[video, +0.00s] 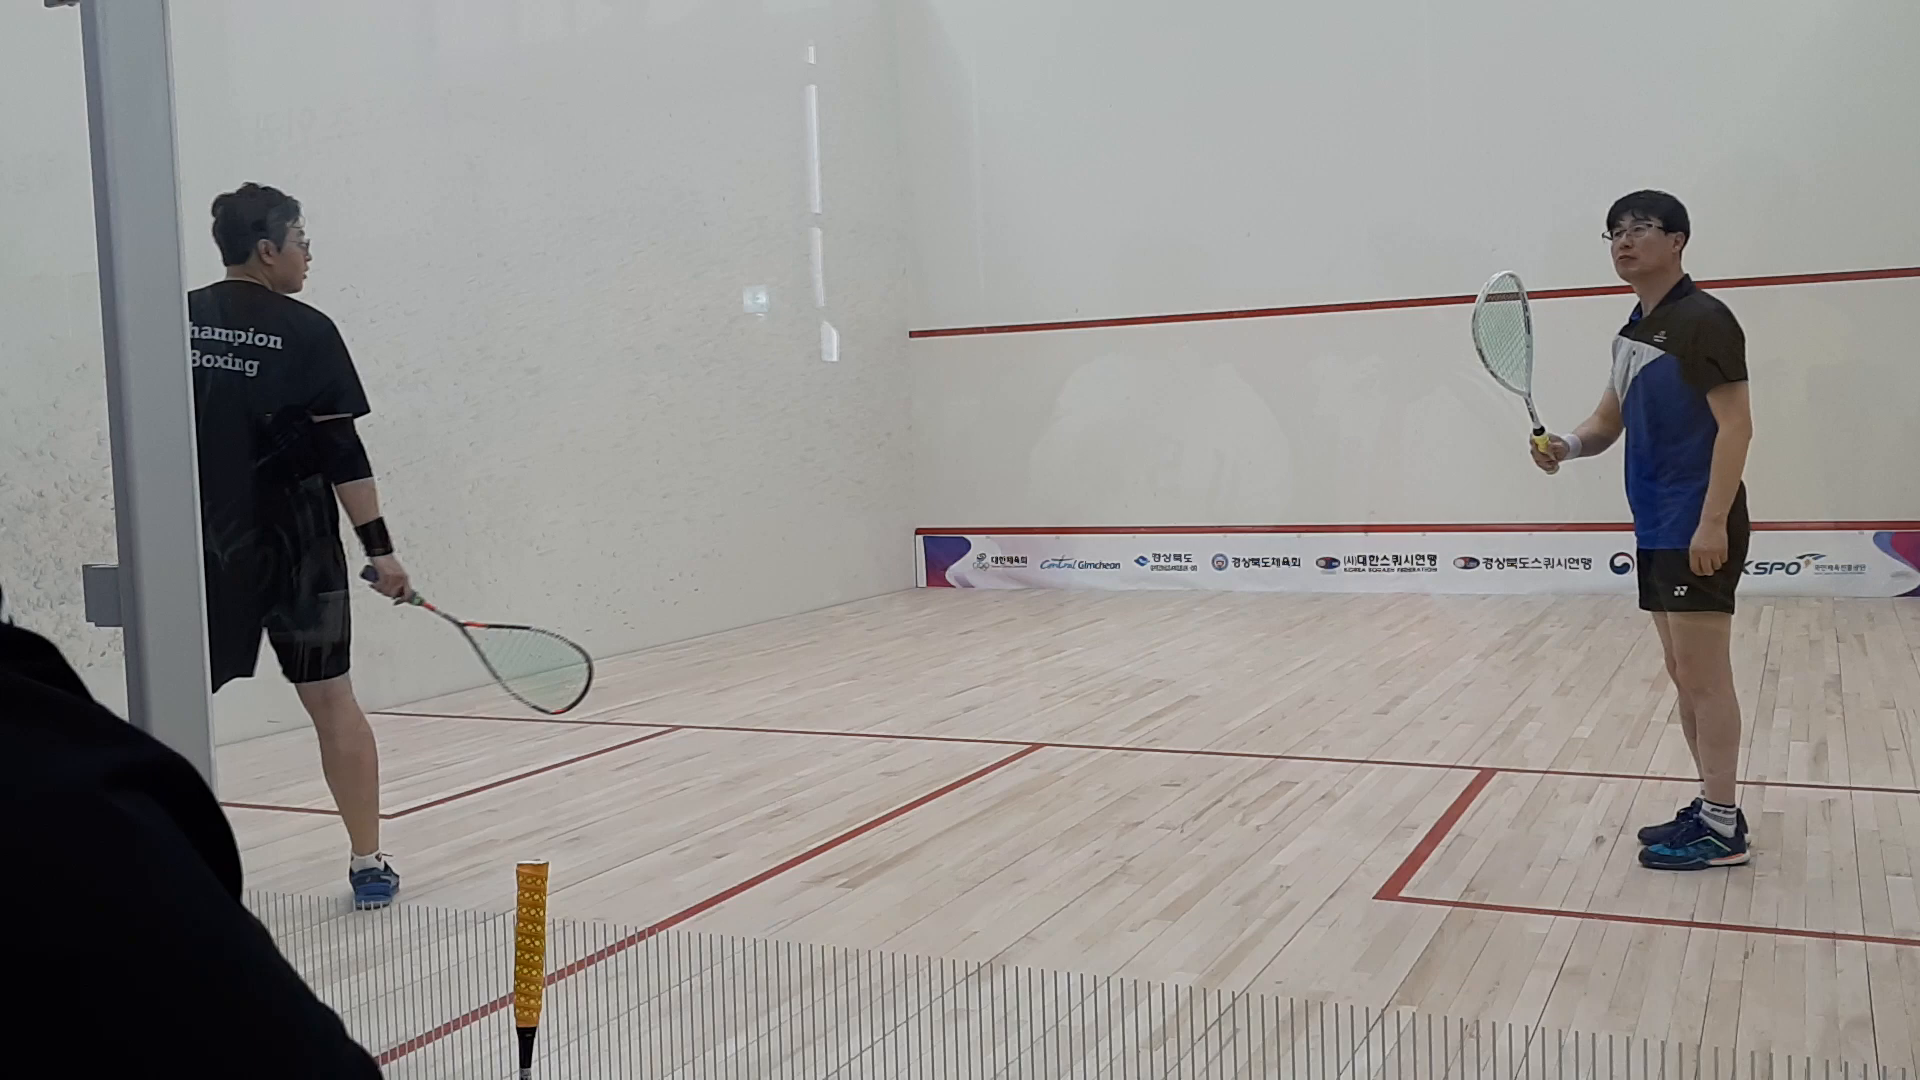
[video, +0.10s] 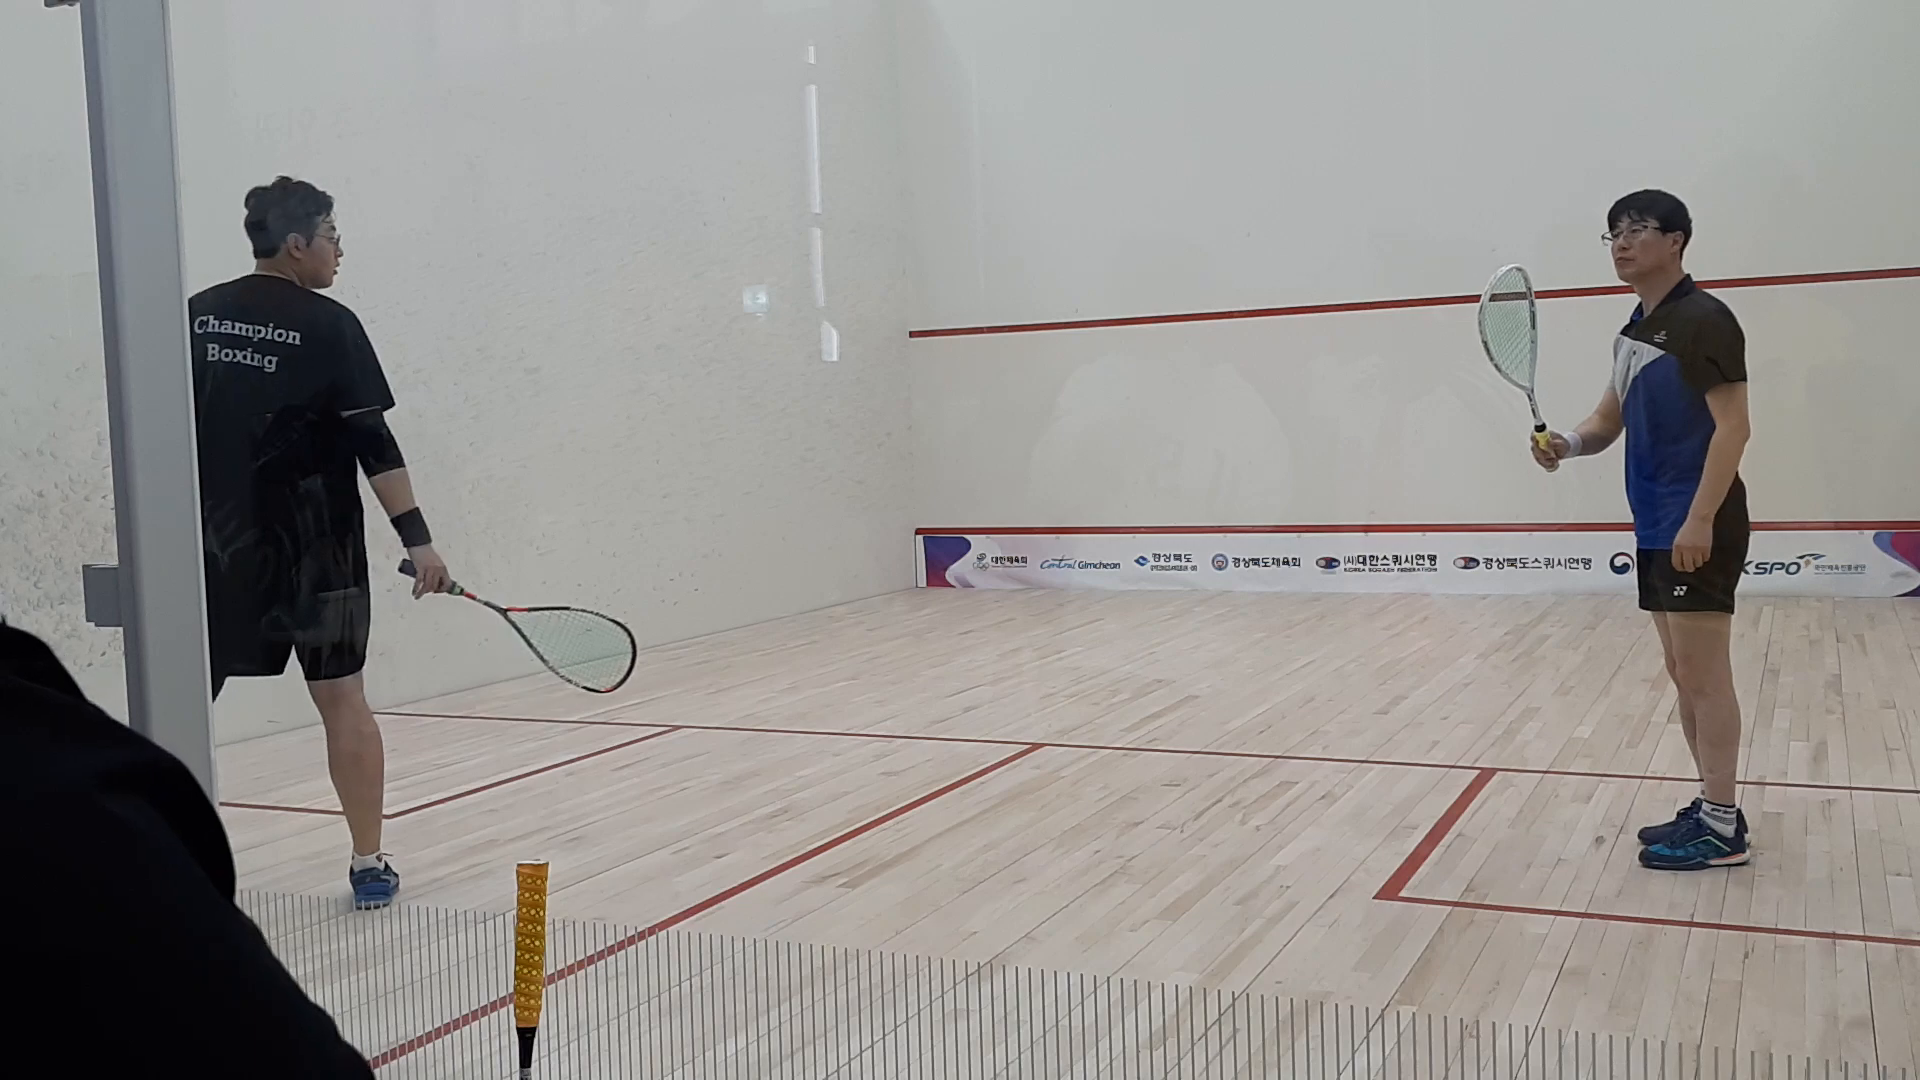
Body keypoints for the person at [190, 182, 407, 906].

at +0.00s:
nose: (309, 253)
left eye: (305, 239)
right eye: (300, 242)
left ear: (240, 252)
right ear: (264, 252)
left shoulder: (178, 316)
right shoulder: (308, 330)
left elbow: (152, 435)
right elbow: (343, 451)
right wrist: (381, 549)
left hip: (204, 546)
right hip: (300, 546)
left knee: (176, 703)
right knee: (333, 705)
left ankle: (155, 868)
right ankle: (368, 864)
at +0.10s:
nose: (340, 250)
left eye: (337, 236)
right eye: (331, 238)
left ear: (271, 246)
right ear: (295, 245)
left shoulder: (197, 313)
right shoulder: (331, 325)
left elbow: (162, 427)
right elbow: (374, 443)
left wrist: (152, 537)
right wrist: (418, 541)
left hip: (214, 546)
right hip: (317, 550)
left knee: (179, 705)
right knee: (342, 704)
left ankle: (160, 864)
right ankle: (369, 863)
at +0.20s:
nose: (363, 245)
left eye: (360, 232)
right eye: (353, 233)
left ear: (296, 240)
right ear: (319, 239)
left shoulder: (221, 307)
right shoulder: (350, 322)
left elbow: (198, 413)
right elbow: (393, 442)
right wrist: (435, 538)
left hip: (235, 544)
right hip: (332, 549)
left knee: (208, 691)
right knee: (348, 701)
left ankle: (197, 851)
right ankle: (369, 862)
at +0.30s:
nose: (382, 249)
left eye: (380, 235)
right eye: (375, 236)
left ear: (310, 241)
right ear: (339, 242)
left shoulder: (240, 303)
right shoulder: (362, 326)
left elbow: (228, 400)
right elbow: (394, 446)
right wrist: (433, 548)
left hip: (250, 539)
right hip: (342, 544)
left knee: (229, 685)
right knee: (352, 696)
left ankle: (242, 844)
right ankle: (369, 863)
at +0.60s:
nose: (425, 270)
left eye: (427, 256)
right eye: (422, 255)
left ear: (358, 246)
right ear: (388, 249)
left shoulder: (281, 295)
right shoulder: (385, 334)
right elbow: (384, 459)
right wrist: (385, 564)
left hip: (260, 537)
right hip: (337, 545)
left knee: (247, 691)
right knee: (354, 694)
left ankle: (244, 847)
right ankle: (369, 861)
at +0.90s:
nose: (452, 306)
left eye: (456, 292)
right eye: (450, 290)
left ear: (397, 275)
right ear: (415, 277)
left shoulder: (301, 306)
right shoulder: (402, 348)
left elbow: (238, 408)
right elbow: (386, 473)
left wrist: (308, 445)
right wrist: (399, 574)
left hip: (242, 532)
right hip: (322, 542)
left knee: (229, 699)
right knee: (343, 700)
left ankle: (205, 855)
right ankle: (367, 862)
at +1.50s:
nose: (305, 242)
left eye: (301, 226)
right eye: (293, 228)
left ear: (240, 242)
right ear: (251, 239)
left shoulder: (180, 313)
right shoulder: (278, 316)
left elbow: (167, 435)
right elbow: (308, 436)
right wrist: (370, 509)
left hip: (204, 549)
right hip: (289, 545)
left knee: (210, 720)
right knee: (332, 695)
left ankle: (199, 874)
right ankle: (368, 854)